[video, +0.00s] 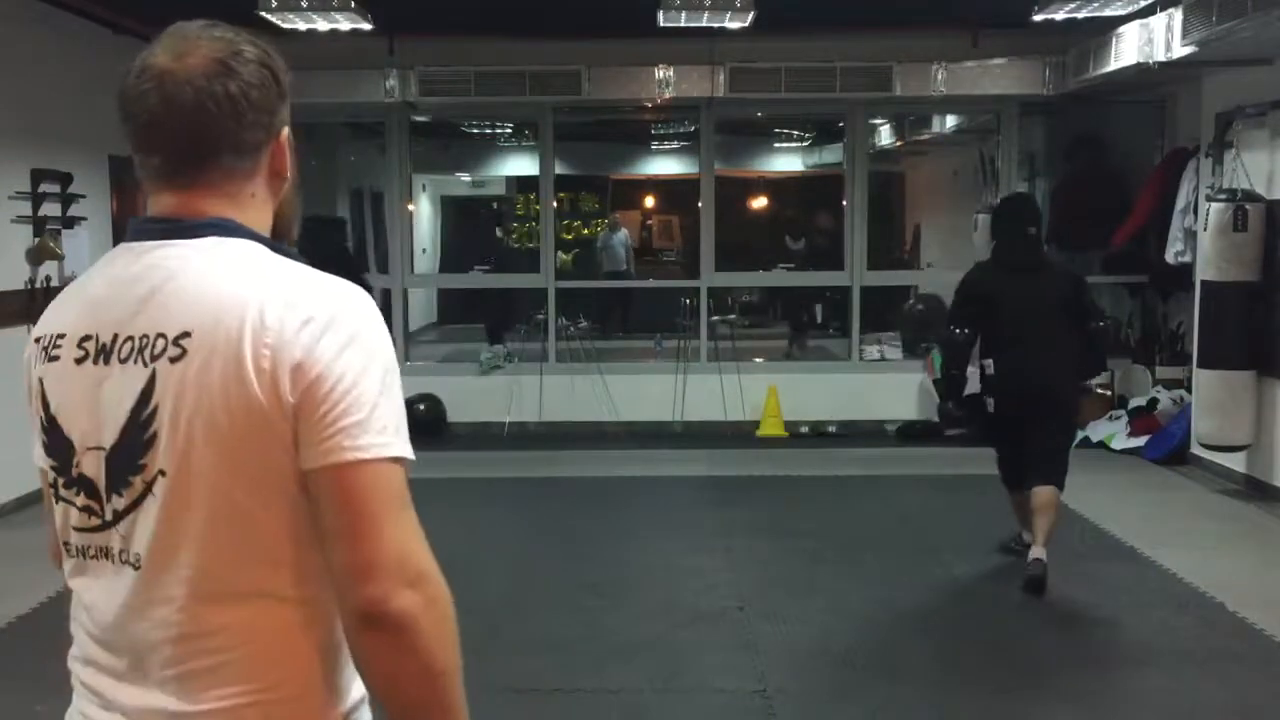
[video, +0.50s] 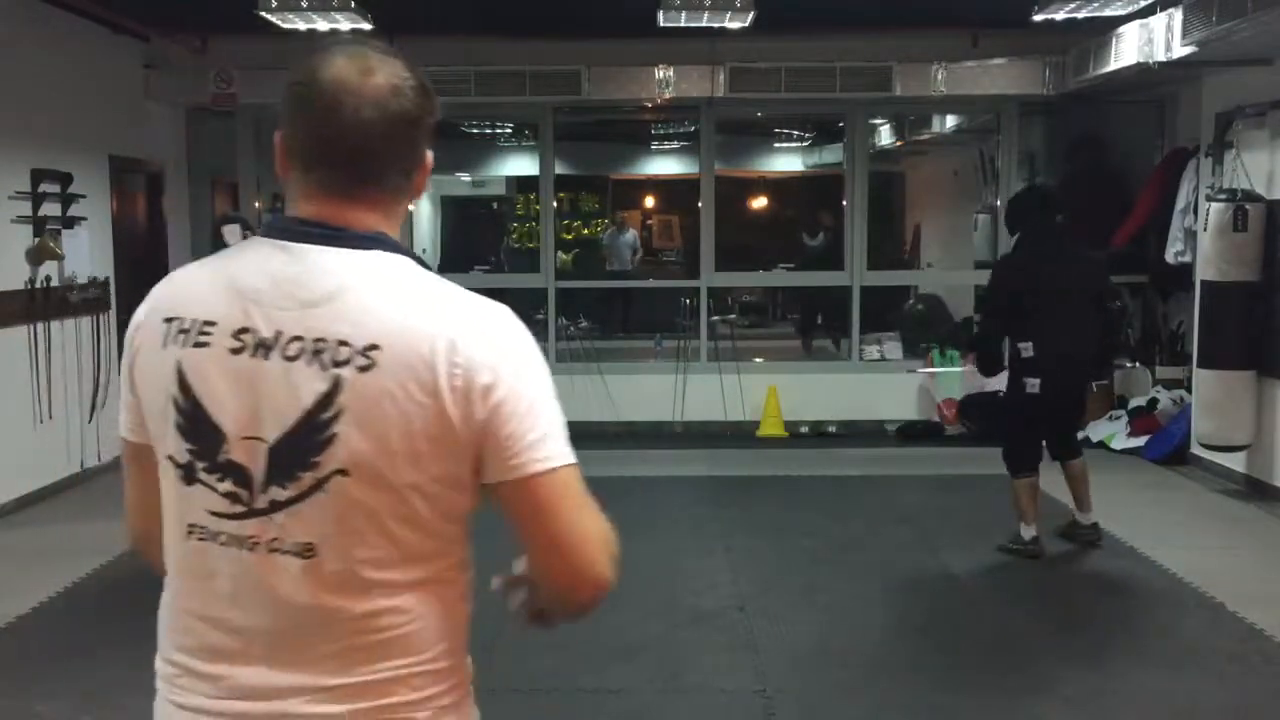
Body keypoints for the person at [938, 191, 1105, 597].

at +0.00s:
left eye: (1002, 228)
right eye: (1031, 228)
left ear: (997, 231)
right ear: (1037, 230)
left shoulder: (981, 278)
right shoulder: (1064, 276)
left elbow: (957, 342)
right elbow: (1093, 334)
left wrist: (954, 393)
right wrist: (1077, 373)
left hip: (1007, 385)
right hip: (1057, 385)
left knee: (1013, 465)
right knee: (1048, 468)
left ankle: (1029, 537)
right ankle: (1039, 550)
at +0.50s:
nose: (1012, 229)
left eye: (1013, 222)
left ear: (1018, 223)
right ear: (1055, 217)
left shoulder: (1011, 266)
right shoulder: (1082, 257)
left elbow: (993, 322)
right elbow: (1105, 313)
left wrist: (989, 363)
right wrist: (1099, 361)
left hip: (1030, 368)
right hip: (1075, 364)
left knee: (1021, 446)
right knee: (1064, 437)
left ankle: (1028, 533)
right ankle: (1086, 521)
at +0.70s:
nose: (1024, 232)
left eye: (1028, 224)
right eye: (1025, 223)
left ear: (1045, 223)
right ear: (1075, 220)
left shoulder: (1054, 261)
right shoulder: (1096, 254)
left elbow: (1042, 326)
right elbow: (1112, 320)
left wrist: (1010, 376)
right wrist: (1107, 377)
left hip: (1062, 368)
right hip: (1095, 366)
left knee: (1040, 448)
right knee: (1076, 443)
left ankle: (1031, 531)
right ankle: (1094, 521)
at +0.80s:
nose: (1041, 235)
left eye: (1046, 228)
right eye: (1042, 228)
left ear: (1068, 219)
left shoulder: (1076, 257)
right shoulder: (1092, 253)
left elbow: (1065, 322)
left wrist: (1037, 375)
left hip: (1083, 367)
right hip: (1096, 365)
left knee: (1064, 447)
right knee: (1082, 445)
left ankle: (1055, 529)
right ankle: (1094, 520)